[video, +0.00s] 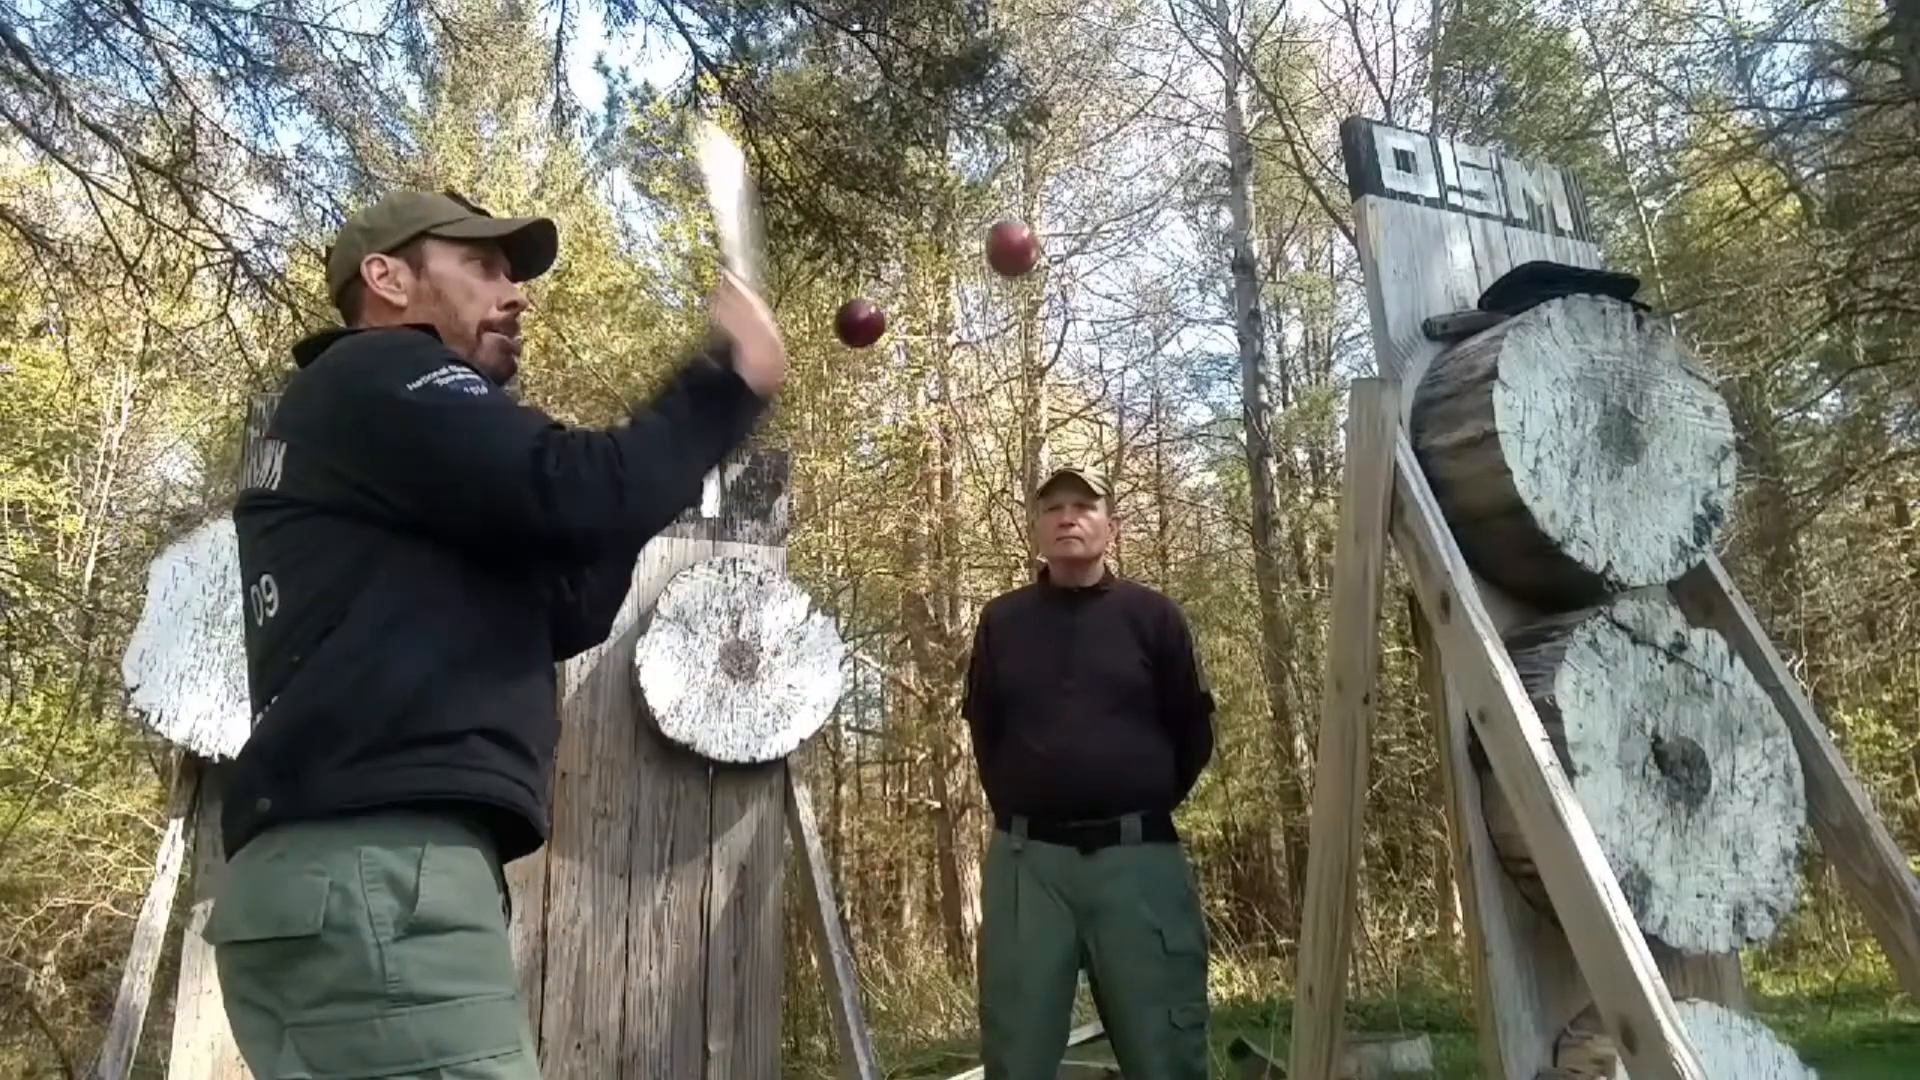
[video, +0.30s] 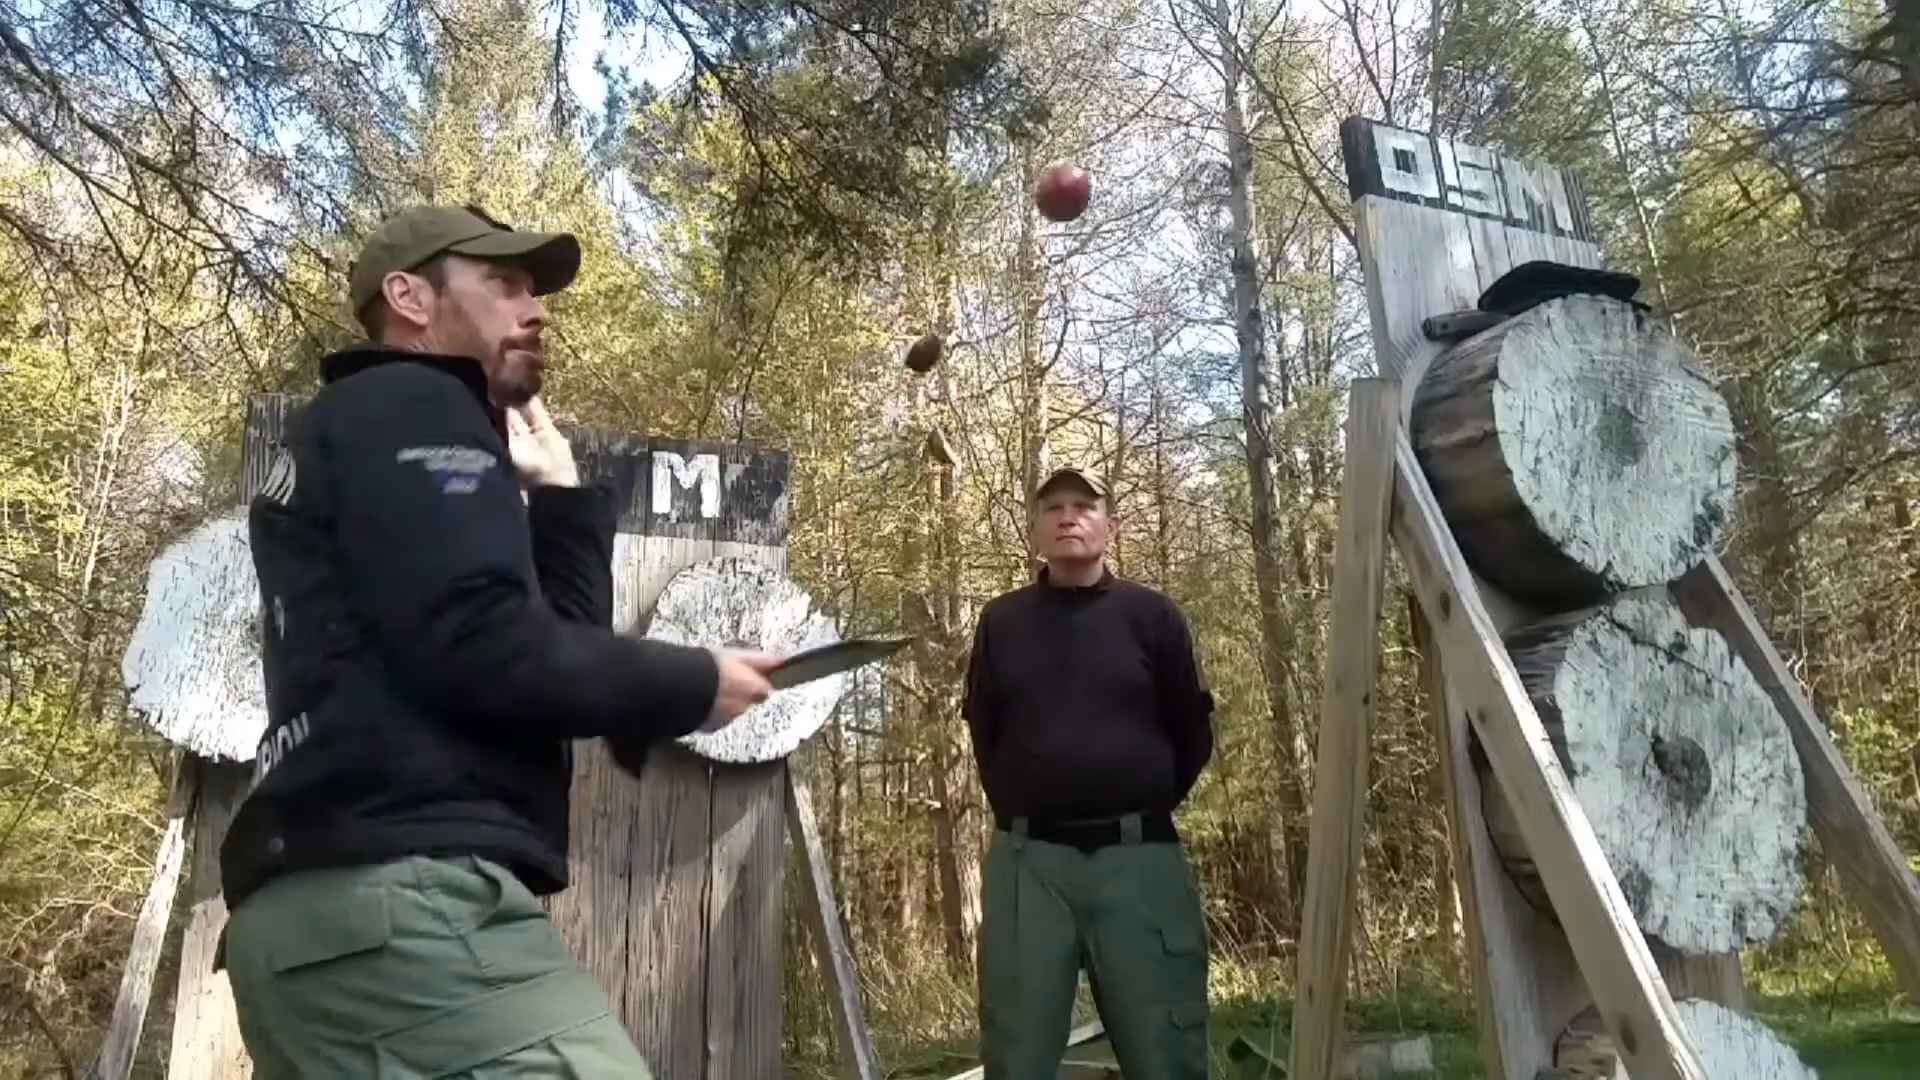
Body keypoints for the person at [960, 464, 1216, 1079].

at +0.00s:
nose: (1069, 519)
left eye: (1083, 508)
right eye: (1053, 510)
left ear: (1110, 529)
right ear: (1034, 532)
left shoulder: (1153, 614)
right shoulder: (1000, 619)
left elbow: (1194, 730)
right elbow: (983, 727)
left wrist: (1142, 813)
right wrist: (1025, 815)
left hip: (1138, 860)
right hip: (1025, 861)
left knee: (1164, 1057)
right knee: (1017, 1058)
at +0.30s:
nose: (1069, 518)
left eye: (1083, 508)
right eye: (1053, 510)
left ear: (1109, 529)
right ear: (1033, 532)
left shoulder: (1151, 613)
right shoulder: (1000, 618)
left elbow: (1194, 729)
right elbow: (982, 725)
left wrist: (1143, 813)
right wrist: (1025, 816)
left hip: (1140, 860)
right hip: (1026, 861)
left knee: (1165, 1057)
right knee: (1017, 1059)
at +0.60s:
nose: (1069, 519)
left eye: (1083, 508)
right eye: (1054, 510)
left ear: (1108, 529)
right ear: (1034, 532)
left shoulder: (1151, 613)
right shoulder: (1000, 620)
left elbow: (1193, 729)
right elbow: (983, 731)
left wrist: (1141, 814)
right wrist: (1028, 818)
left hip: (1140, 861)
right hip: (1026, 862)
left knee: (1165, 1057)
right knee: (1017, 1059)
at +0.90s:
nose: (1071, 519)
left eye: (1084, 509)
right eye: (1055, 510)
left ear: (1107, 531)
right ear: (1033, 533)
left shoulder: (1149, 612)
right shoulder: (996, 621)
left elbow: (1191, 729)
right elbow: (982, 732)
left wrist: (1139, 813)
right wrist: (1026, 819)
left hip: (1140, 861)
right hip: (1026, 864)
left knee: (1164, 1057)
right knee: (1017, 1059)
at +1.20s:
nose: (1073, 522)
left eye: (1086, 511)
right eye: (1057, 511)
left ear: (1106, 530)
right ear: (1033, 531)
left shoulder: (1146, 614)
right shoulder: (1000, 620)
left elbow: (1187, 736)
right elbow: (984, 735)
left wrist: (1138, 812)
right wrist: (1038, 820)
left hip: (1141, 857)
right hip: (1028, 859)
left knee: (1167, 1060)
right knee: (1019, 1061)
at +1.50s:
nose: (1074, 525)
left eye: (1087, 513)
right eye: (1058, 513)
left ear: (1105, 533)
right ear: (1030, 530)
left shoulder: (1146, 612)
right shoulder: (992, 620)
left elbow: (1187, 722)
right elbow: (979, 730)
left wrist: (1138, 803)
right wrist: (1026, 815)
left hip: (1140, 861)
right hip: (1028, 862)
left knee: (1167, 1048)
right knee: (1019, 1052)